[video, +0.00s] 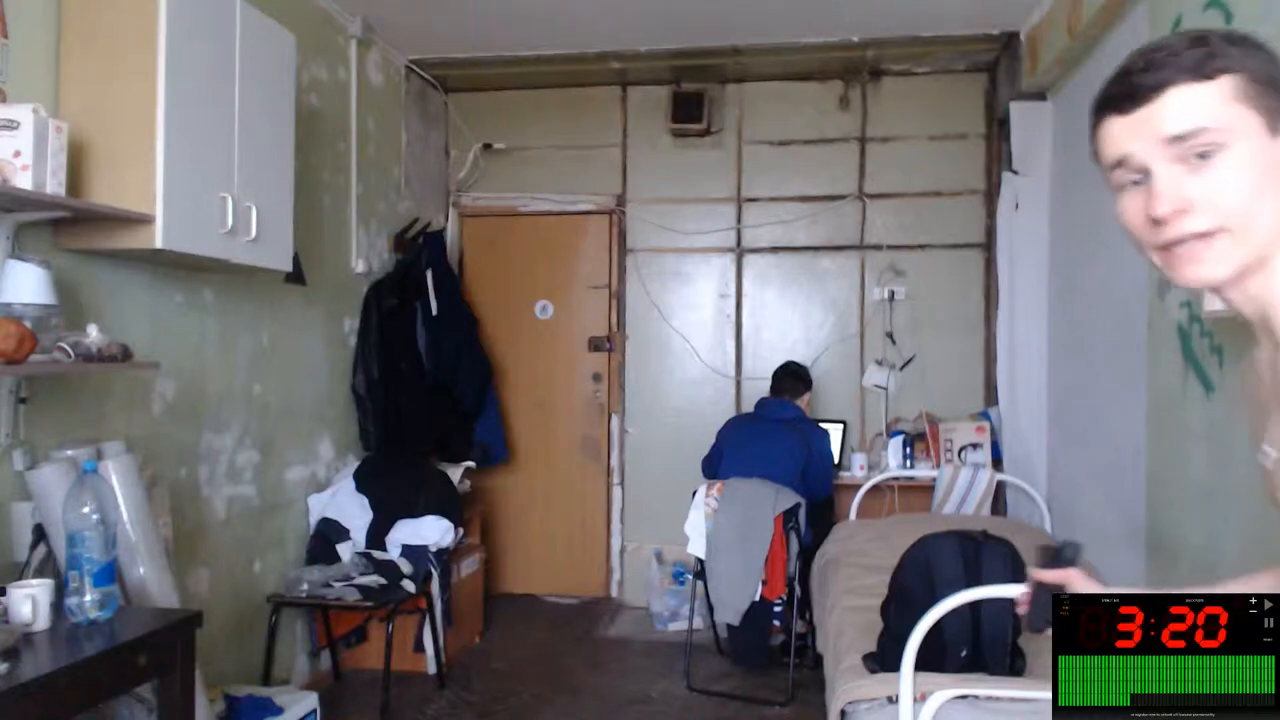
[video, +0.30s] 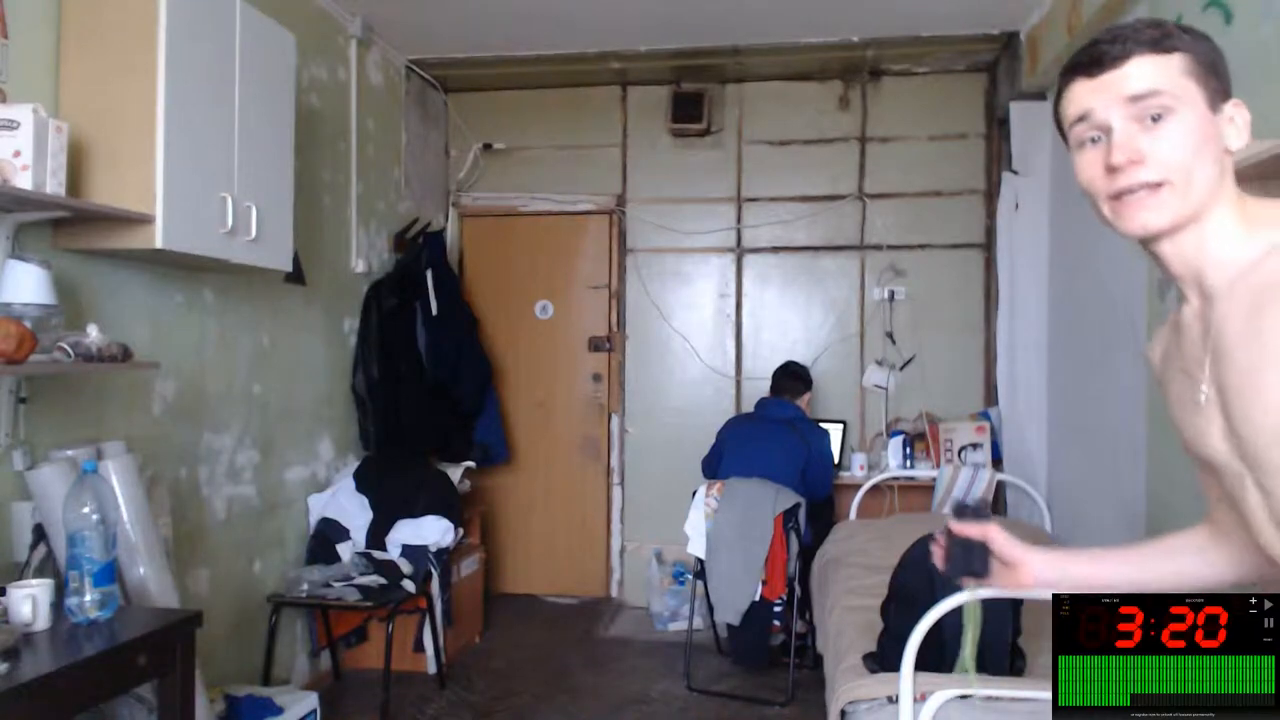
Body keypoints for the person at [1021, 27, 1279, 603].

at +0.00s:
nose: (1161, 205)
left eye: (1201, 155)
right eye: (1130, 179)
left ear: (1279, 144)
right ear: (1116, 204)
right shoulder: (1260, 373)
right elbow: (1278, 582)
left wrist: (1132, 614)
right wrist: (1122, 610)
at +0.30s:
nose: (1119, 156)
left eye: (1153, 116)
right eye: (1090, 137)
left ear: (1234, 126)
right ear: (1076, 169)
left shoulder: (1264, 283)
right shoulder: (1171, 350)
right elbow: (1248, 545)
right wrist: (1040, 569)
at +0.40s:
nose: (1117, 135)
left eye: (1152, 97)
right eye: (1087, 115)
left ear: (1226, 109)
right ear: (1071, 149)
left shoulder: (1268, 250)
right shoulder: (1156, 332)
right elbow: (1224, 530)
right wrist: (1012, 534)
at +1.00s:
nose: (1026, 136)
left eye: (1070, 101)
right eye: (1011, 110)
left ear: (1159, 116)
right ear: (996, 129)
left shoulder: (1162, 300)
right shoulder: (1078, 287)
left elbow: (1142, 579)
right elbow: (1057, 527)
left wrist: (856, 585)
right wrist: (909, 485)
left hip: (1067, 696)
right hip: (1010, 688)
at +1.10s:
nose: (1000, 131)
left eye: (1048, 103)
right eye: (990, 103)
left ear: (1132, 127)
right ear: (972, 117)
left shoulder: (1119, 301)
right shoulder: (1035, 289)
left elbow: (1049, 572)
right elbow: (1006, 504)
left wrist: (801, 505)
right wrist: (877, 479)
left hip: (1015, 676)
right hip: (956, 663)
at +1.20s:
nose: (975, 138)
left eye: (1023, 111)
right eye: (964, 107)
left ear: (1099, 137)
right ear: (941, 121)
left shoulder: (1082, 307)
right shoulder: (998, 289)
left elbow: (1016, 578)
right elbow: (969, 504)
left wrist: (788, 485)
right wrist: (843, 475)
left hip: (986, 675)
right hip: (928, 660)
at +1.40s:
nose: (915, 157)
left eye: (954, 128)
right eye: (895, 124)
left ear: (1012, 149)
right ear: (868, 140)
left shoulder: (1044, 316)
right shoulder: (869, 312)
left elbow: (1047, 571)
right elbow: (886, 498)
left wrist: (805, 519)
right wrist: (791, 490)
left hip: (955, 669)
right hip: (844, 662)